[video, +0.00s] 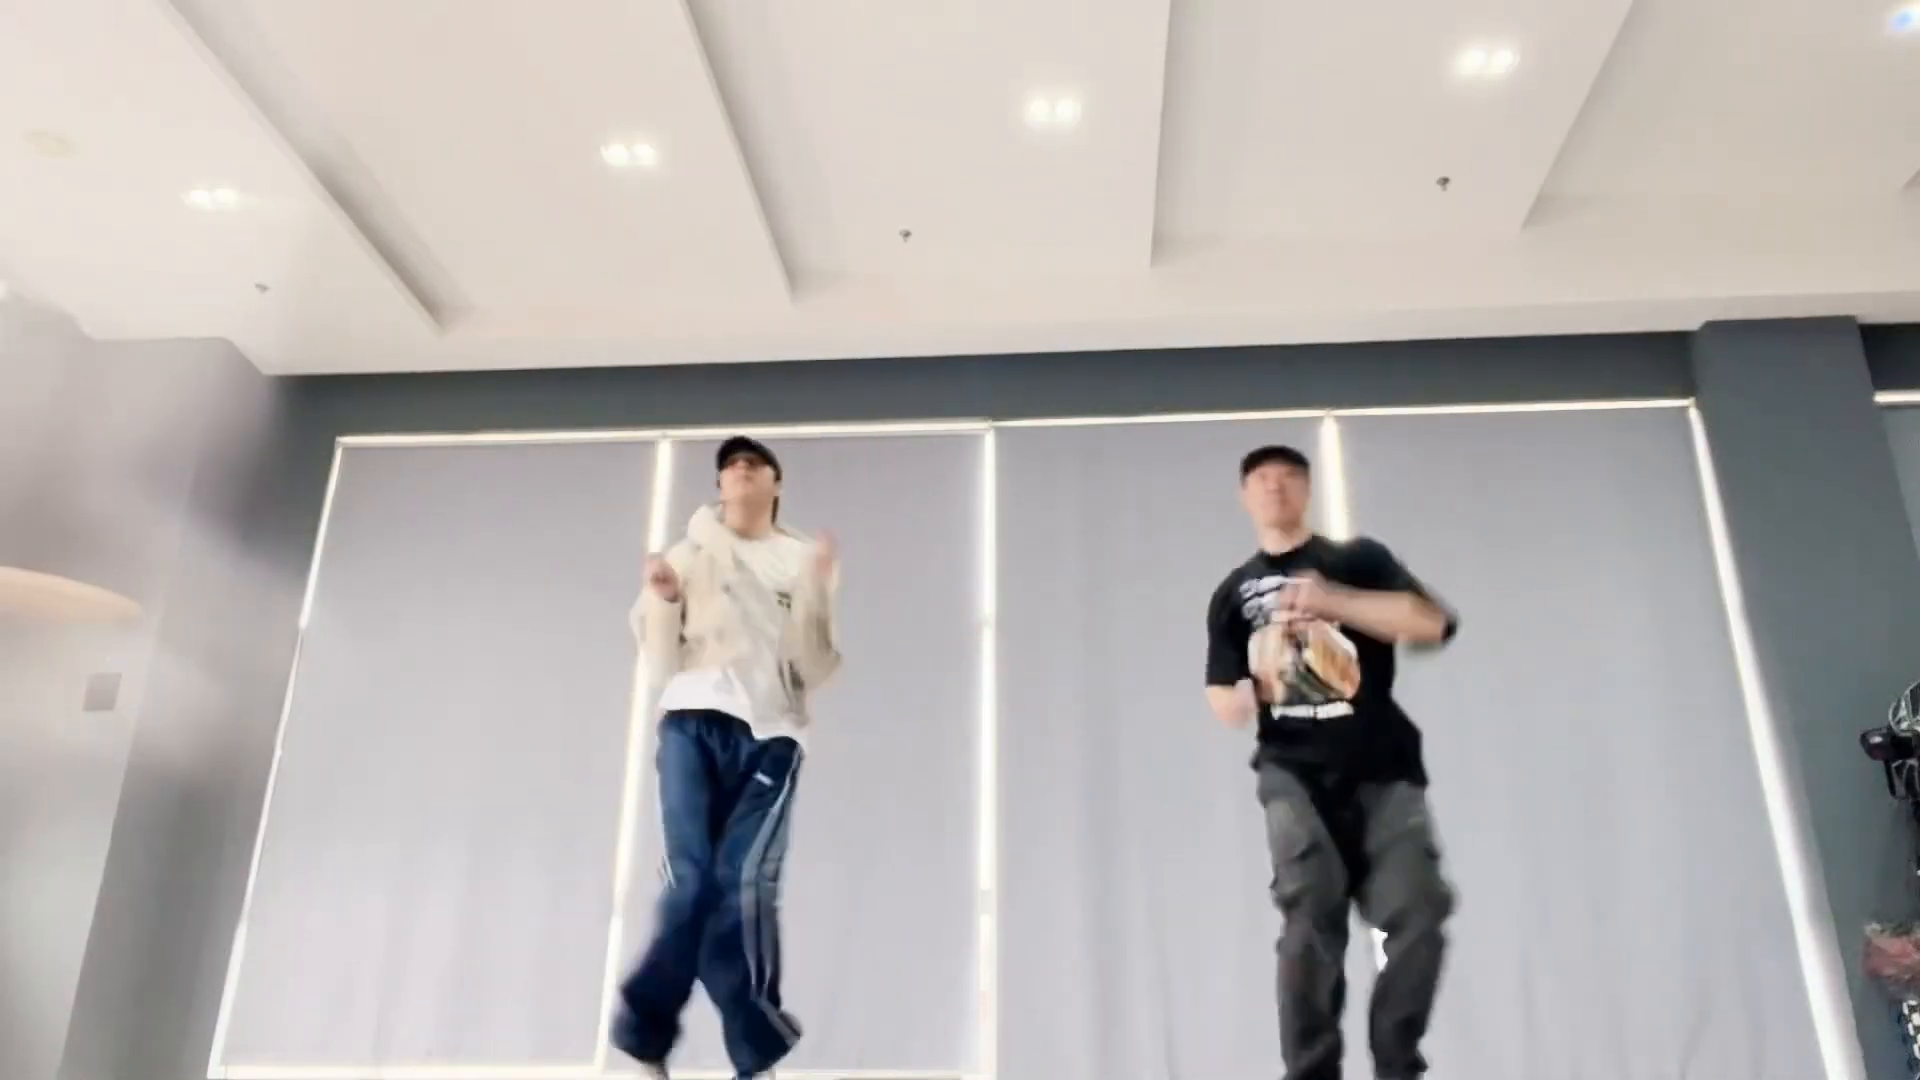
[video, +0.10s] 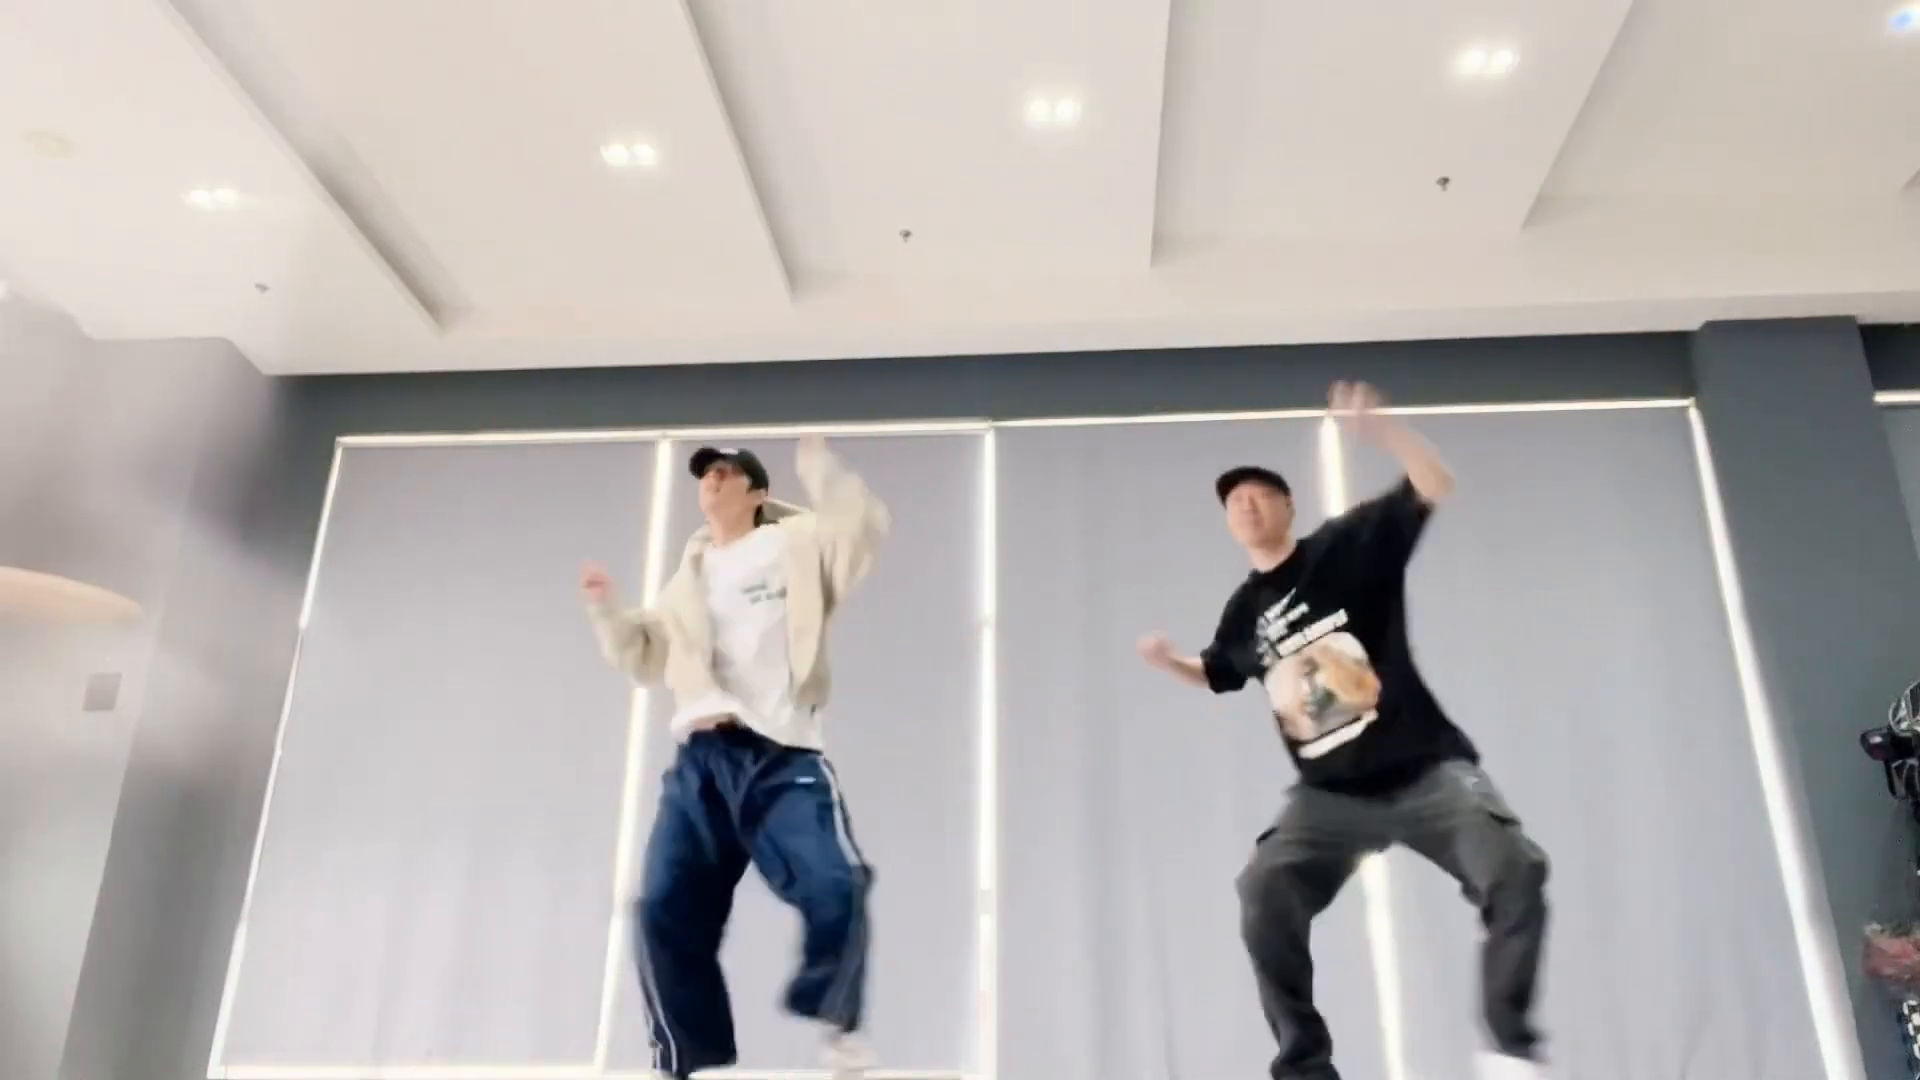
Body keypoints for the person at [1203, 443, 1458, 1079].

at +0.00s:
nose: (1276, 488)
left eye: (1289, 477)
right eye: (1261, 480)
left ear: (1308, 491)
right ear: (1246, 500)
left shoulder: (1359, 561)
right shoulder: (1234, 594)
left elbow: (1433, 624)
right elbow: (1227, 707)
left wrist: (1333, 603)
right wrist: (1270, 671)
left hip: (1380, 760)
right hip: (1292, 770)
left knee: (1419, 907)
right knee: (1311, 911)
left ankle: (1397, 1065)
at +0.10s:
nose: (1251, 510)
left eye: (1262, 498)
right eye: (1238, 505)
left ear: (1289, 506)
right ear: (1229, 527)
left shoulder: (1351, 541)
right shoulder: (1245, 609)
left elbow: (1434, 486)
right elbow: (1223, 674)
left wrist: (1376, 423)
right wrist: (1175, 663)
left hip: (1423, 773)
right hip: (1328, 796)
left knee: (1515, 867)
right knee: (1266, 890)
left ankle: (1510, 1034)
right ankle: (1305, 1063)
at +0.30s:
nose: (1282, 566)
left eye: (1292, 556)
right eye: (1267, 563)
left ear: (1316, 569)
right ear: (1255, 589)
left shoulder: (1355, 586)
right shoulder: (1265, 665)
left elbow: (1385, 495)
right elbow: (1189, 675)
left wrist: (1371, 400)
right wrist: (1102, 654)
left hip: (1472, 802)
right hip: (1393, 835)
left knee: (1600, 939)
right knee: (1281, 914)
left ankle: (1767, 1059)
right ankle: (1309, 1071)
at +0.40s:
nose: (1289, 529)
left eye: (1301, 520)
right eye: (1276, 520)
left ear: (1318, 534)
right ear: (1253, 540)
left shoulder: (1357, 573)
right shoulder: (1250, 631)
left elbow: (1462, 581)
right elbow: (1248, 713)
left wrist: (1432, 539)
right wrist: (1212, 717)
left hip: (1443, 805)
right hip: (1346, 817)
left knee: (1556, 918)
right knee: (1253, 913)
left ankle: (1709, 1052)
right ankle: (1303, 1068)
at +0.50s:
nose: (1305, 502)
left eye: (1315, 495)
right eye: (1291, 492)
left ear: (1326, 513)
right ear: (1260, 509)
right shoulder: (1243, 616)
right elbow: (1262, 720)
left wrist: (1425, 667)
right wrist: (1273, 753)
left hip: (1403, 785)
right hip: (1313, 796)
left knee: (1476, 893)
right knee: (1258, 909)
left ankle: (1590, 1053)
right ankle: (1307, 1071)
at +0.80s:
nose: (1364, 581)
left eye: (1370, 574)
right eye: (1352, 568)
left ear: (1368, 590)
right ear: (1320, 572)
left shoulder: (1342, 688)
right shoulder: (1280, 595)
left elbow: (1321, 778)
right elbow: (1270, 509)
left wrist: (1303, 751)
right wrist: (1331, 416)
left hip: (1276, 840)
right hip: (1215, 814)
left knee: (1380, 927)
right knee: (1132, 945)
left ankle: (1351, 1071)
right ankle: (1010, 1056)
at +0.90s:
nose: (1340, 600)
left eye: (1347, 594)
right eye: (1328, 590)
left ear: (1348, 612)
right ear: (1297, 598)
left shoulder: (1322, 712)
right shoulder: (1265, 634)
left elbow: (1305, 786)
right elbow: (1286, 523)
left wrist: (1260, 799)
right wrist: (1323, 439)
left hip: (1272, 862)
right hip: (1202, 846)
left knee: (1388, 934)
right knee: (1115, 952)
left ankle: (1355, 1071)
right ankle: (988, 1049)